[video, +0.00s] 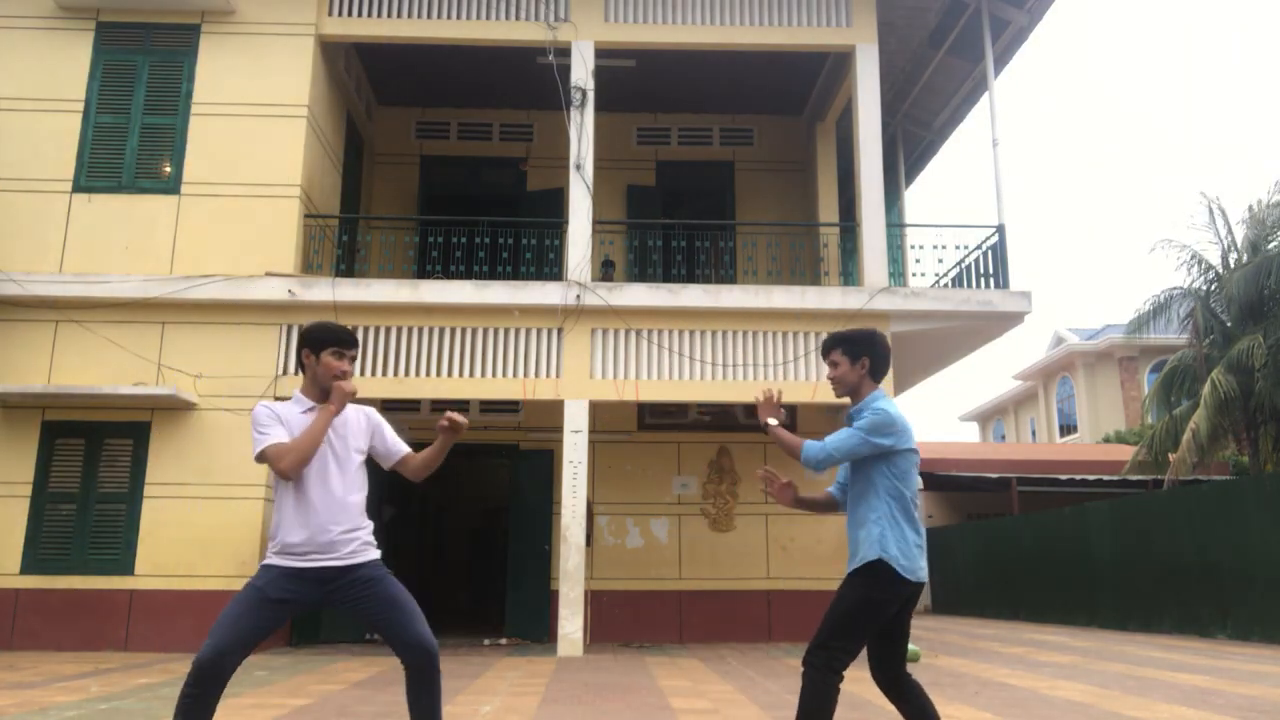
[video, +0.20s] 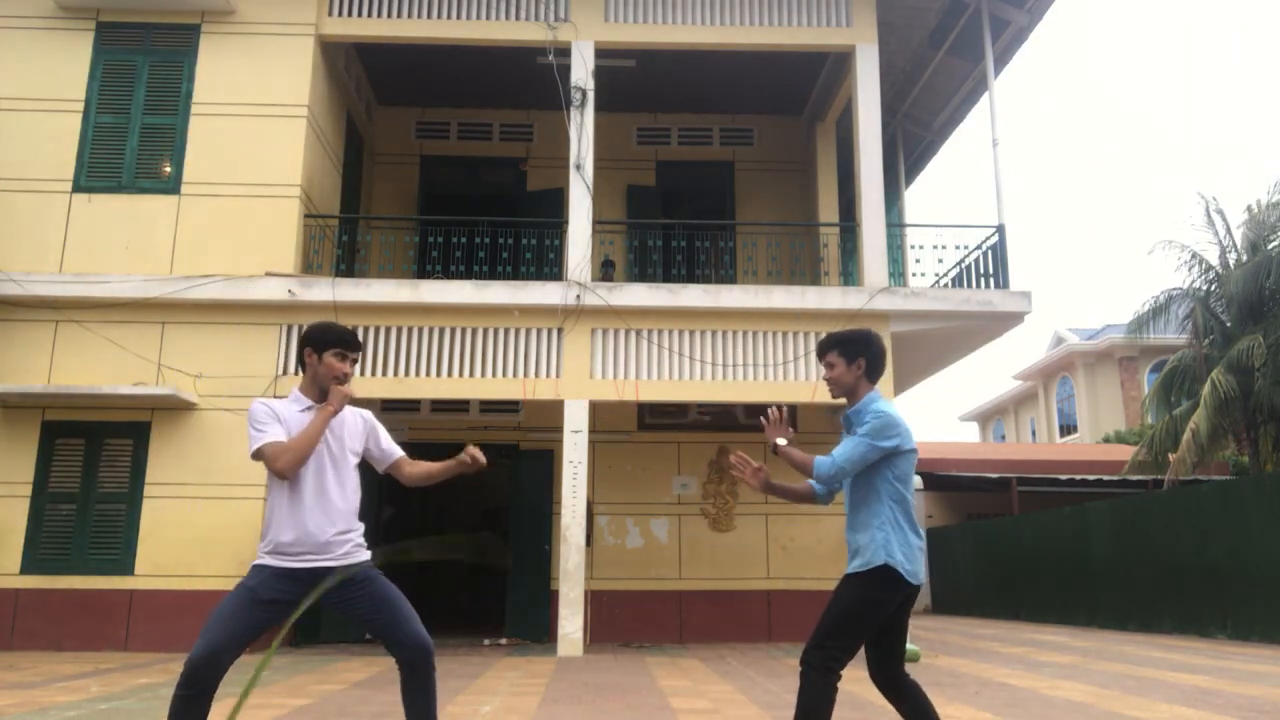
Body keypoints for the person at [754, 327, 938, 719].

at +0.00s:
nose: (828, 374)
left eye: (835, 365)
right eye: (828, 366)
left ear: (863, 366)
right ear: (858, 369)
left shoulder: (882, 416)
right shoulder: (871, 422)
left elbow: (817, 455)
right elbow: (840, 497)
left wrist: (772, 424)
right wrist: (796, 500)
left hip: (883, 564)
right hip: (899, 566)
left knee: (821, 664)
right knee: (889, 673)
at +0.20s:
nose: (825, 375)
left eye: (831, 366)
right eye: (824, 367)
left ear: (860, 366)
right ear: (852, 369)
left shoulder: (883, 420)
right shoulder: (862, 424)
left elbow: (828, 471)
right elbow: (822, 493)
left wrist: (781, 444)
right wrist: (768, 486)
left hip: (882, 565)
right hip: (893, 567)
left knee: (819, 664)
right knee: (887, 673)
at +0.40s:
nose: (825, 377)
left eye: (831, 367)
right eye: (824, 368)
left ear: (860, 367)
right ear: (853, 370)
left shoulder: (882, 422)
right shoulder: (860, 426)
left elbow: (844, 480)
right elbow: (817, 483)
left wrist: (788, 468)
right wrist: (763, 468)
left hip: (882, 565)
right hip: (885, 566)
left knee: (818, 663)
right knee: (885, 674)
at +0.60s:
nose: (829, 380)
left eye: (835, 370)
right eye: (828, 371)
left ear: (863, 370)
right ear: (856, 373)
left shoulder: (881, 425)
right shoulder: (872, 425)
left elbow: (841, 485)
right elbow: (827, 475)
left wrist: (783, 482)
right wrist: (779, 458)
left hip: (880, 568)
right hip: (896, 570)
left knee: (817, 664)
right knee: (887, 675)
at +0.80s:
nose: (834, 384)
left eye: (839, 375)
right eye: (833, 376)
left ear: (867, 375)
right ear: (865, 377)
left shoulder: (879, 425)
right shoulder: (887, 423)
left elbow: (835, 483)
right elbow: (847, 488)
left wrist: (770, 484)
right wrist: (804, 460)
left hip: (885, 570)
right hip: (909, 572)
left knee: (820, 665)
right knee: (889, 676)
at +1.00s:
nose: (836, 388)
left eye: (842, 378)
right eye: (835, 379)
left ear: (869, 378)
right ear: (870, 380)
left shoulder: (880, 428)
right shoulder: (900, 428)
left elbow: (821, 483)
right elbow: (873, 505)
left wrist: (757, 482)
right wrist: (830, 476)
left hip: (889, 572)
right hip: (915, 575)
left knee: (823, 666)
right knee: (890, 677)